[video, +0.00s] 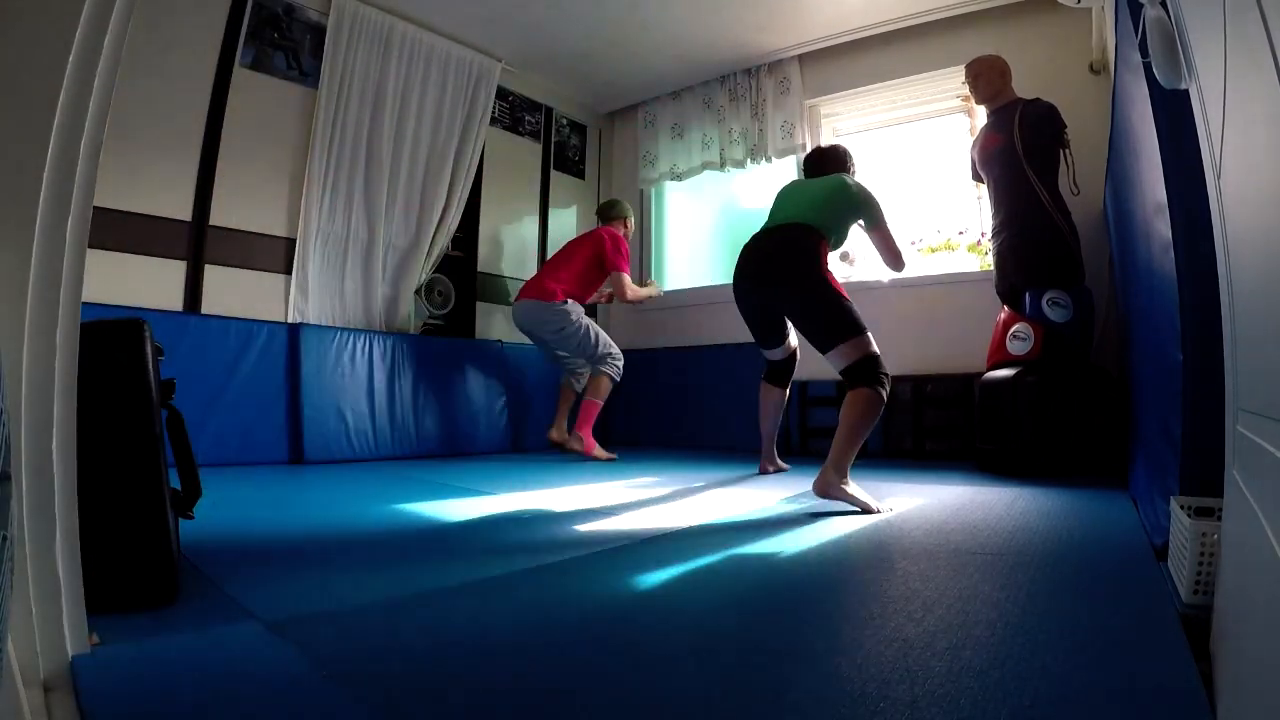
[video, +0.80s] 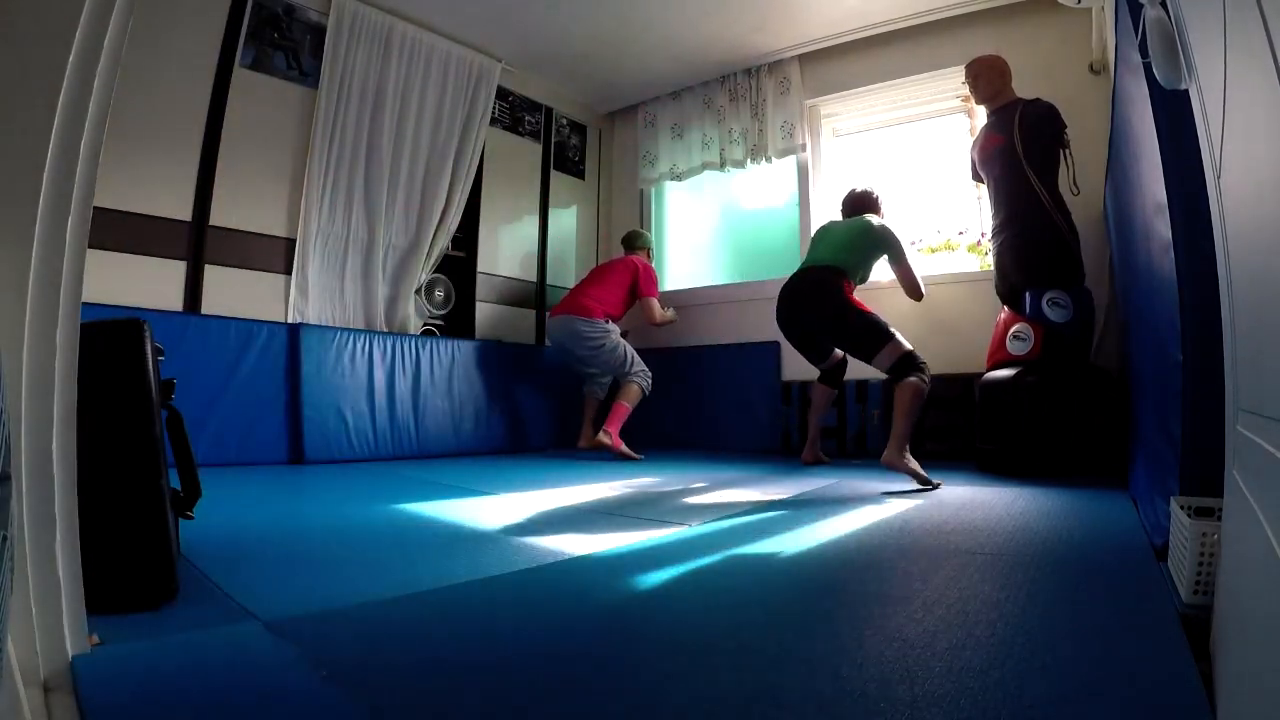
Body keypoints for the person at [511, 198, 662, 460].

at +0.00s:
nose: (630, 234)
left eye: (631, 229)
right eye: (631, 228)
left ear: (602, 222)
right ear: (625, 223)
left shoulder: (587, 238)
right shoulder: (614, 239)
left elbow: (563, 288)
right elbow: (626, 293)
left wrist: (597, 297)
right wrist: (650, 291)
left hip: (524, 306)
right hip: (553, 306)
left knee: (578, 364)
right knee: (610, 358)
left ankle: (559, 428)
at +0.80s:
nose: (652, 258)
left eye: (651, 255)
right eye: (651, 254)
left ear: (625, 251)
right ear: (648, 252)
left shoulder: (608, 266)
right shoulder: (642, 266)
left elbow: (589, 301)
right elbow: (654, 317)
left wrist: (611, 330)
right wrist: (669, 316)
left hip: (557, 321)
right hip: (588, 323)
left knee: (599, 374)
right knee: (639, 375)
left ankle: (587, 435)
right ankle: (610, 432)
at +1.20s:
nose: (645, 240)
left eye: (645, 238)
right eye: (645, 237)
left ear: (616, 234)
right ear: (641, 235)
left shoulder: (597, 248)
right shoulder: (638, 249)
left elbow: (577, 278)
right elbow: (651, 300)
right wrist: (668, 304)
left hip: (547, 303)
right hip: (583, 304)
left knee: (584, 364)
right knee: (627, 368)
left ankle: (584, 431)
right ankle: (607, 439)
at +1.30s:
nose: (640, 238)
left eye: (640, 234)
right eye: (640, 234)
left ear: (611, 231)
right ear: (635, 233)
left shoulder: (595, 244)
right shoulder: (631, 245)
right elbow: (646, 297)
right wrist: (663, 300)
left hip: (535, 296)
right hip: (570, 297)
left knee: (580, 359)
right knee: (620, 358)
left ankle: (558, 425)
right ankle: (608, 436)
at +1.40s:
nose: (632, 238)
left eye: (632, 235)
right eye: (632, 234)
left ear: (602, 231)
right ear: (627, 232)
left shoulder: (587, 244)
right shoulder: (622, 245)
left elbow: (562, 278)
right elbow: (637, 297)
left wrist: (588, 306)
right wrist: (657, 298)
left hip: (526, 299)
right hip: (561, 298)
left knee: (568, 362)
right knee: (613, 357)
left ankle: (552, 437)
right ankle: (587, 424)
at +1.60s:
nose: (617, 231)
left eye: (616, 228)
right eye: (616, 227)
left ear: (584, 223)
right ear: (611, 225)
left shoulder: (568, 236)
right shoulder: (608, 237)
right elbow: (622, 292)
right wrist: (641, 294)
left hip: (503, 289)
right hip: (539, 290)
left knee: (549, 363)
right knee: (584, 362)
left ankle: (546, 434)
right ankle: (557, 437)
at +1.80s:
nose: (598, 229)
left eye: (597, 224)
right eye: (598, 224)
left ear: (568, 219)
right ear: (593, 220)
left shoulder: (547, 233)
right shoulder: (580, 231)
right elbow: (597, 286)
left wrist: (548, 302)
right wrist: (621, 289)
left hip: (472, 290)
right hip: (504, 290)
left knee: (522, 360)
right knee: (564, 349)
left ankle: (497, 437)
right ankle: (532, 423)